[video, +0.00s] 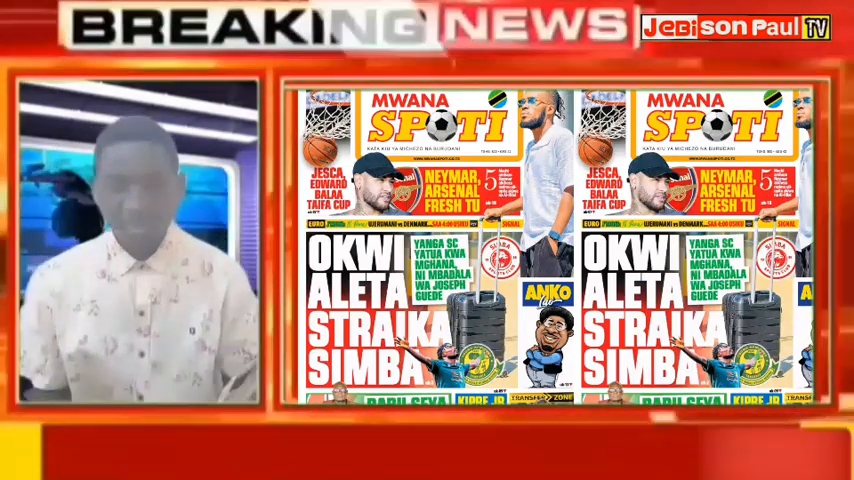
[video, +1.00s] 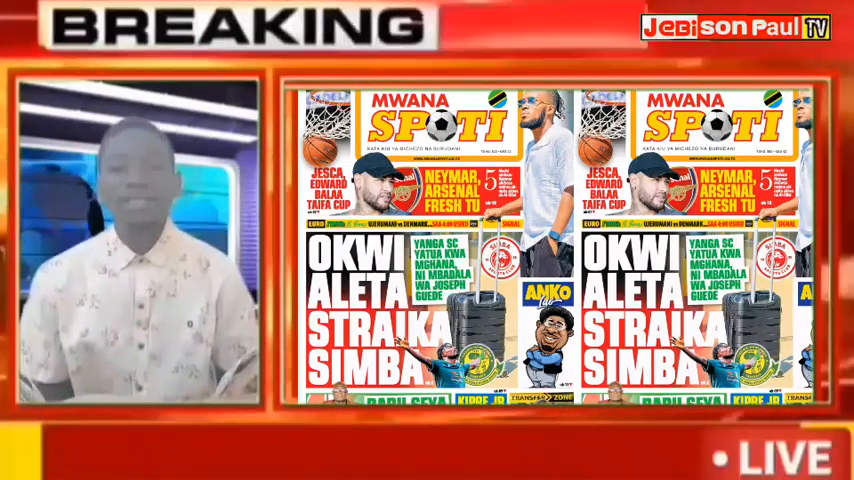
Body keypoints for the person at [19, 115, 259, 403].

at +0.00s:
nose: (135, 202)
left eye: (152, 185)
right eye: (119, 185)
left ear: (181, 187)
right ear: (94, 190)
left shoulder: (223, 277)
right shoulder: (55, 280)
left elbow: (251, 386)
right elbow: (46, 399)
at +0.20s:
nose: (144, 185)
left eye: (161, 169)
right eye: (126, 169)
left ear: (189, 186)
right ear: (102, 186)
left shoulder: (227, 277)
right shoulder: (57, 278)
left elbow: (242, 392)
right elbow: (44, 402)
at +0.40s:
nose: (150, 179)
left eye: (168, 165)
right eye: (133, 164)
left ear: (193, 186)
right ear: (111, 185)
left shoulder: (229, 275)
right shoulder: (63, 275)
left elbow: (238, 387)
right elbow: (44, 397)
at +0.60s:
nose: (143, 176)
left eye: (162, 162)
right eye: (126, 162)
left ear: (187, 180)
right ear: (107, 181)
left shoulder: (225, 271)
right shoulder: (60, 272)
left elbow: (244, 385)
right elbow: (55, 391)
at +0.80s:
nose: (137, 176)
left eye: (155, 162)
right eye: (120, 163)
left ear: (180, 180)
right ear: (102, 183)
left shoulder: (220, 269)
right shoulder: (60, 273)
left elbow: (249, 375)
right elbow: (54, 385)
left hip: (194, 440)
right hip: (97, 442)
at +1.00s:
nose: (137, 180)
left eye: (155, 167)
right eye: (119, 168)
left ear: (177, 184)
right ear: (98, 187)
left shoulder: (217, 273)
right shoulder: (58, 278)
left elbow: (253, 375)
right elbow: (39, 391)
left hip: (191, 445)